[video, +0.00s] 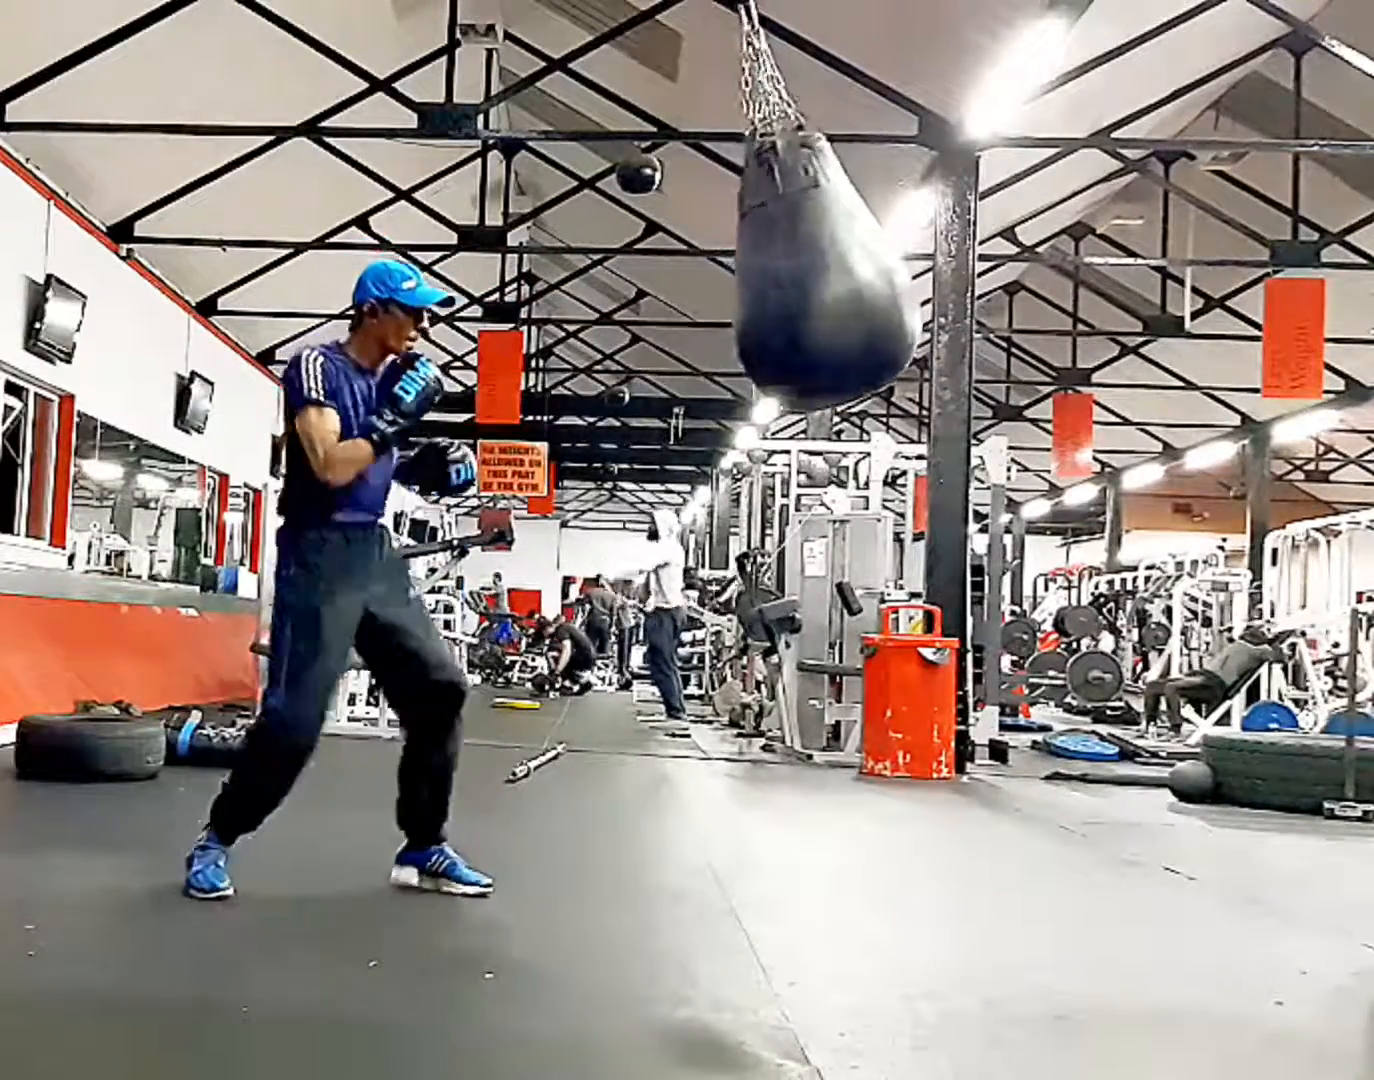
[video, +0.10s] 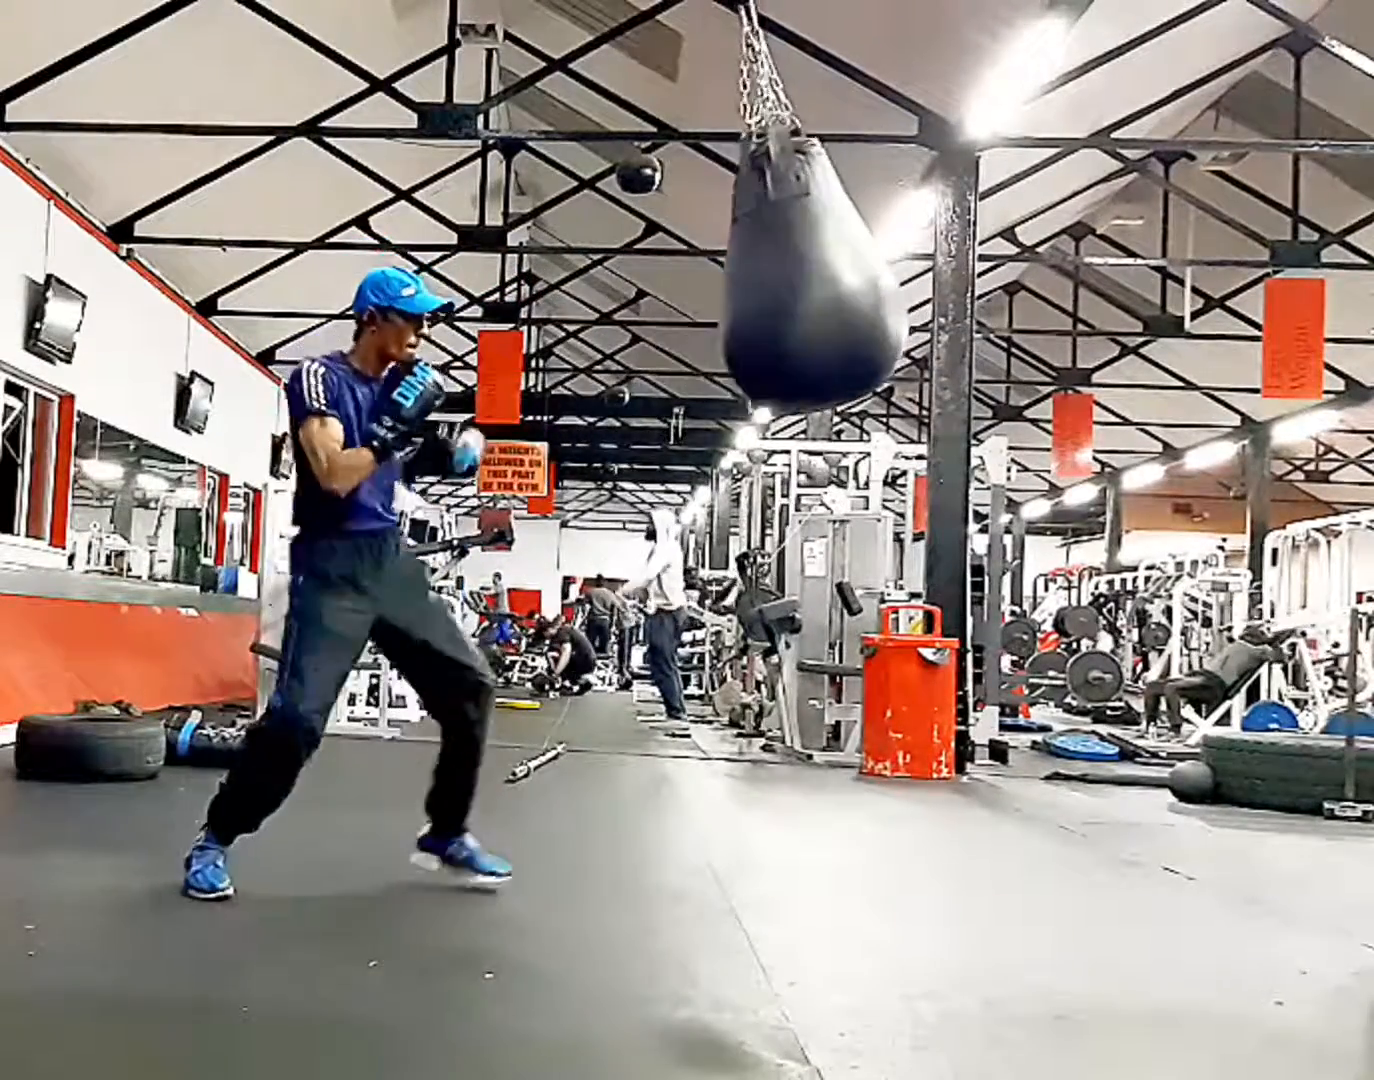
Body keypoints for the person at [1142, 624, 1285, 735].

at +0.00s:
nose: (1260, 637)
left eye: (1258, 635)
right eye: (1259, 635)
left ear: (1252, 637)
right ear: (1255, 639)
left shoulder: (1257, 651)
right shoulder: (1235, 645)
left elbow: (1279, 658)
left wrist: (1274, 643)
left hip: (1216, 682)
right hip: (1202, 674)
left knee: (1171, 688)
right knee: (1152, 687)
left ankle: (1175, 731)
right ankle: (1147, 727)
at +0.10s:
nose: (1247, 634)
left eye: (1252, 633)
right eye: (1250, 632)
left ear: (1256, 638)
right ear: (1249, 636)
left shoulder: (1258, 651)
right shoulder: (1235, 645)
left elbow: (1280, 658)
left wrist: (1272, 643)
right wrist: (1272, 640)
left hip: (1216, 682)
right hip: (1202, 674)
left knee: (1171, 688)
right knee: (1151, 688)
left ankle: (1175, 732)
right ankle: (1147, 728)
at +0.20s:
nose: (1255, 630)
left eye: (1259, 629)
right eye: (1254, 627)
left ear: (1262, 636)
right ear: (1249, 631)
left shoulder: (1257, 650)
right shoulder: (1237, 644)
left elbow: (1277, 650)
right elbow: (1218, 651)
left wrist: (1275, 636)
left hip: (1216, 682)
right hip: (1201, 674)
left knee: (1171, 687)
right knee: (1151, 687)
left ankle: (1175, 731)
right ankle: (1147, 728)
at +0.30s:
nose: (1249, 629)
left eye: (1254, 627)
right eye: (1248, 626)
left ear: (1262, 634)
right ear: (1245, 630)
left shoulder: (1259, 651)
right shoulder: (1233, 643)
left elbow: (1276, 643)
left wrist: (1286, 628)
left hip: (1216, 682)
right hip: (1202, 675)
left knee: (1171, 688)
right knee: (1152, 687)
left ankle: (1176, 731)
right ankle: (1147, 728)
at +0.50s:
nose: (1248, 631)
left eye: (1253, 630)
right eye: (1248, 630)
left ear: (1258, 637)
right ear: (1246, 632)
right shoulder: (1234, 642)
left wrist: (1266, 637)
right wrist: (1225, 608)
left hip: (1217, 682)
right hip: (1203, 676)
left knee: (1172, 688)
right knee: (1153, 687)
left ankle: (1175, 731)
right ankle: (1147, 728)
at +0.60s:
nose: (1248, 628)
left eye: (1252, 627)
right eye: (1247, 626)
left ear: (1259, 635)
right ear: (1243, 631)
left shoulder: (1256, 652)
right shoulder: (1235, 643)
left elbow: (1267, 629)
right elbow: (1234, 627)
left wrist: (1268, 606)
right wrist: (1229, 606)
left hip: (1218, 682)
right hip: (1204, 676)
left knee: (1172, 688)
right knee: (1152, 687)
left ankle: (1175, 729)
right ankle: (1148, 726)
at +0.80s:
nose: (1251, 628)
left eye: (1257, 628)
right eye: (1250, 625)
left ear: (1259, 637)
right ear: (1245, 631)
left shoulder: (1255, 652)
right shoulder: (1233, 641)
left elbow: (1271, 636)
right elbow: (1228, 624)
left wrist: (1269, 615)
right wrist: (1225, 608)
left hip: (1218, 682)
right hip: (1205, 675)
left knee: (1172, 688)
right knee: (1153, 687)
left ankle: (1176, 730)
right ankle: (1148, 725)